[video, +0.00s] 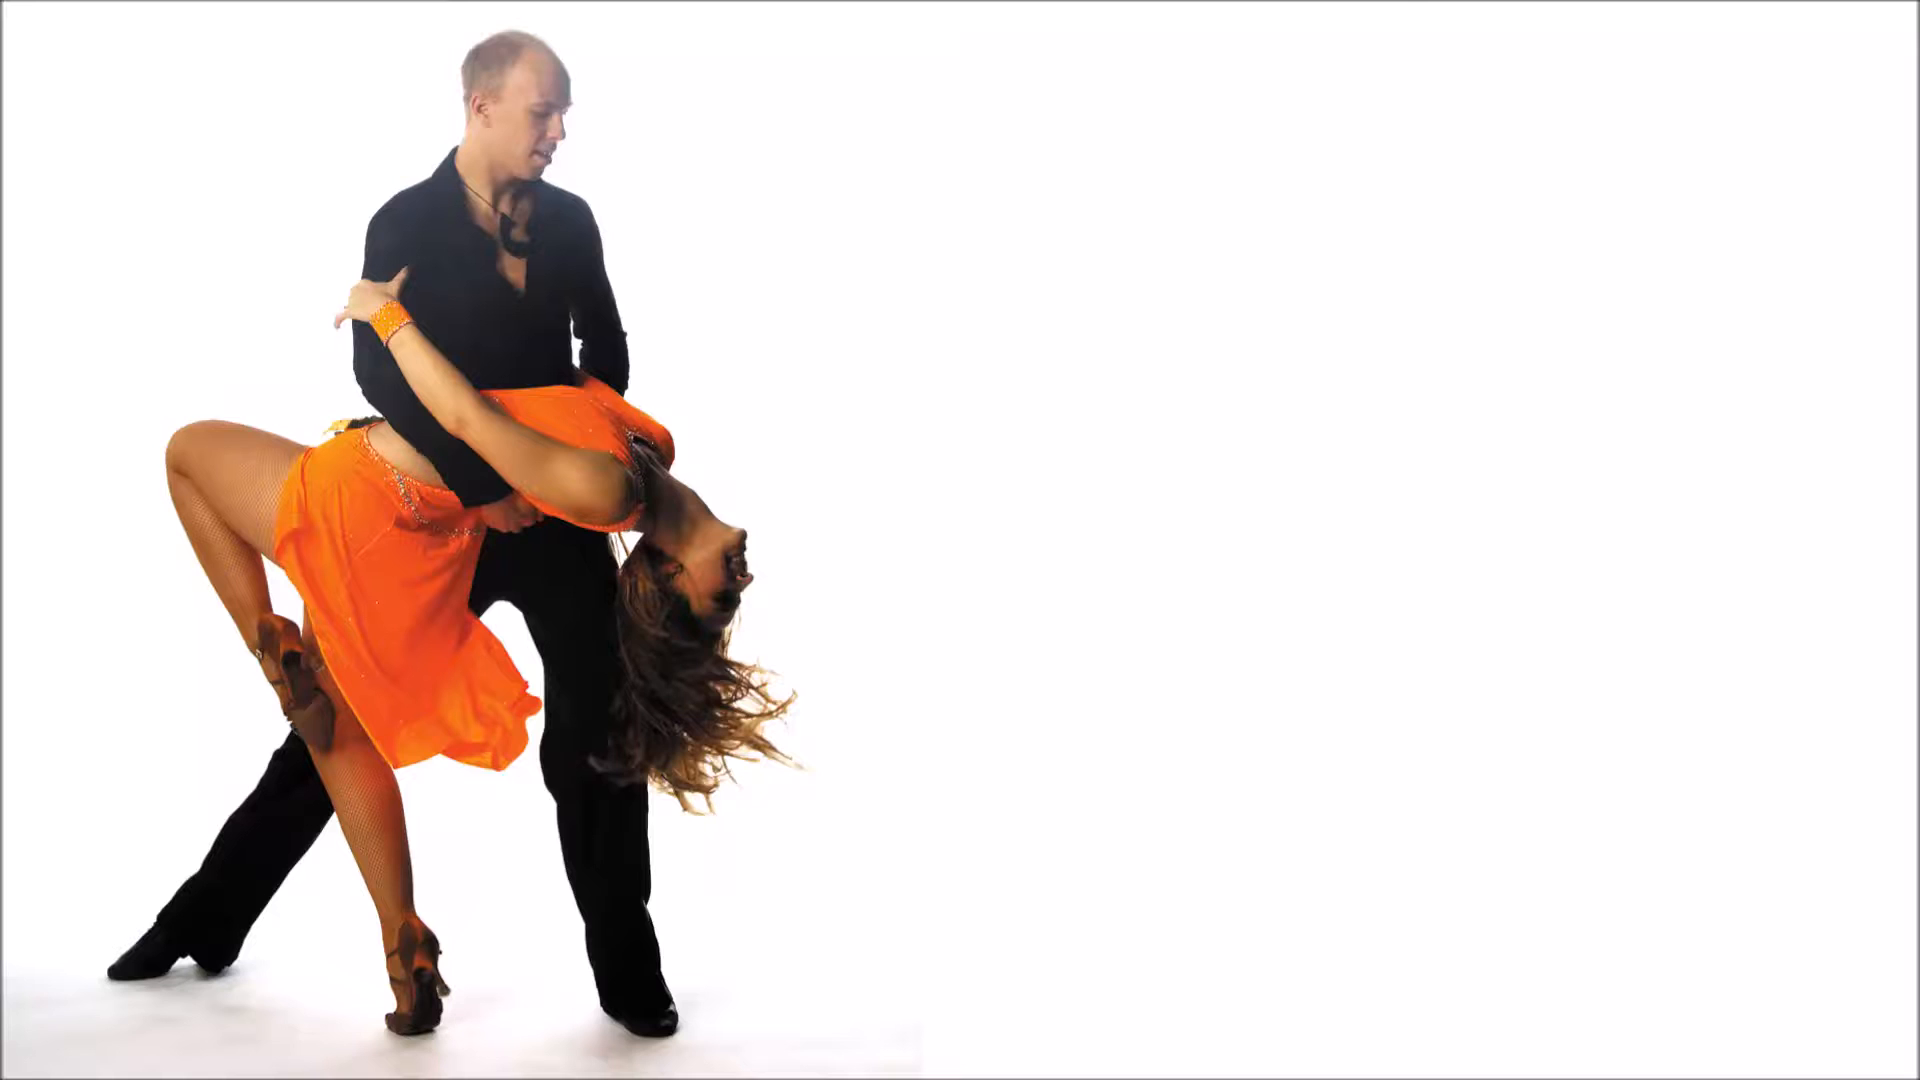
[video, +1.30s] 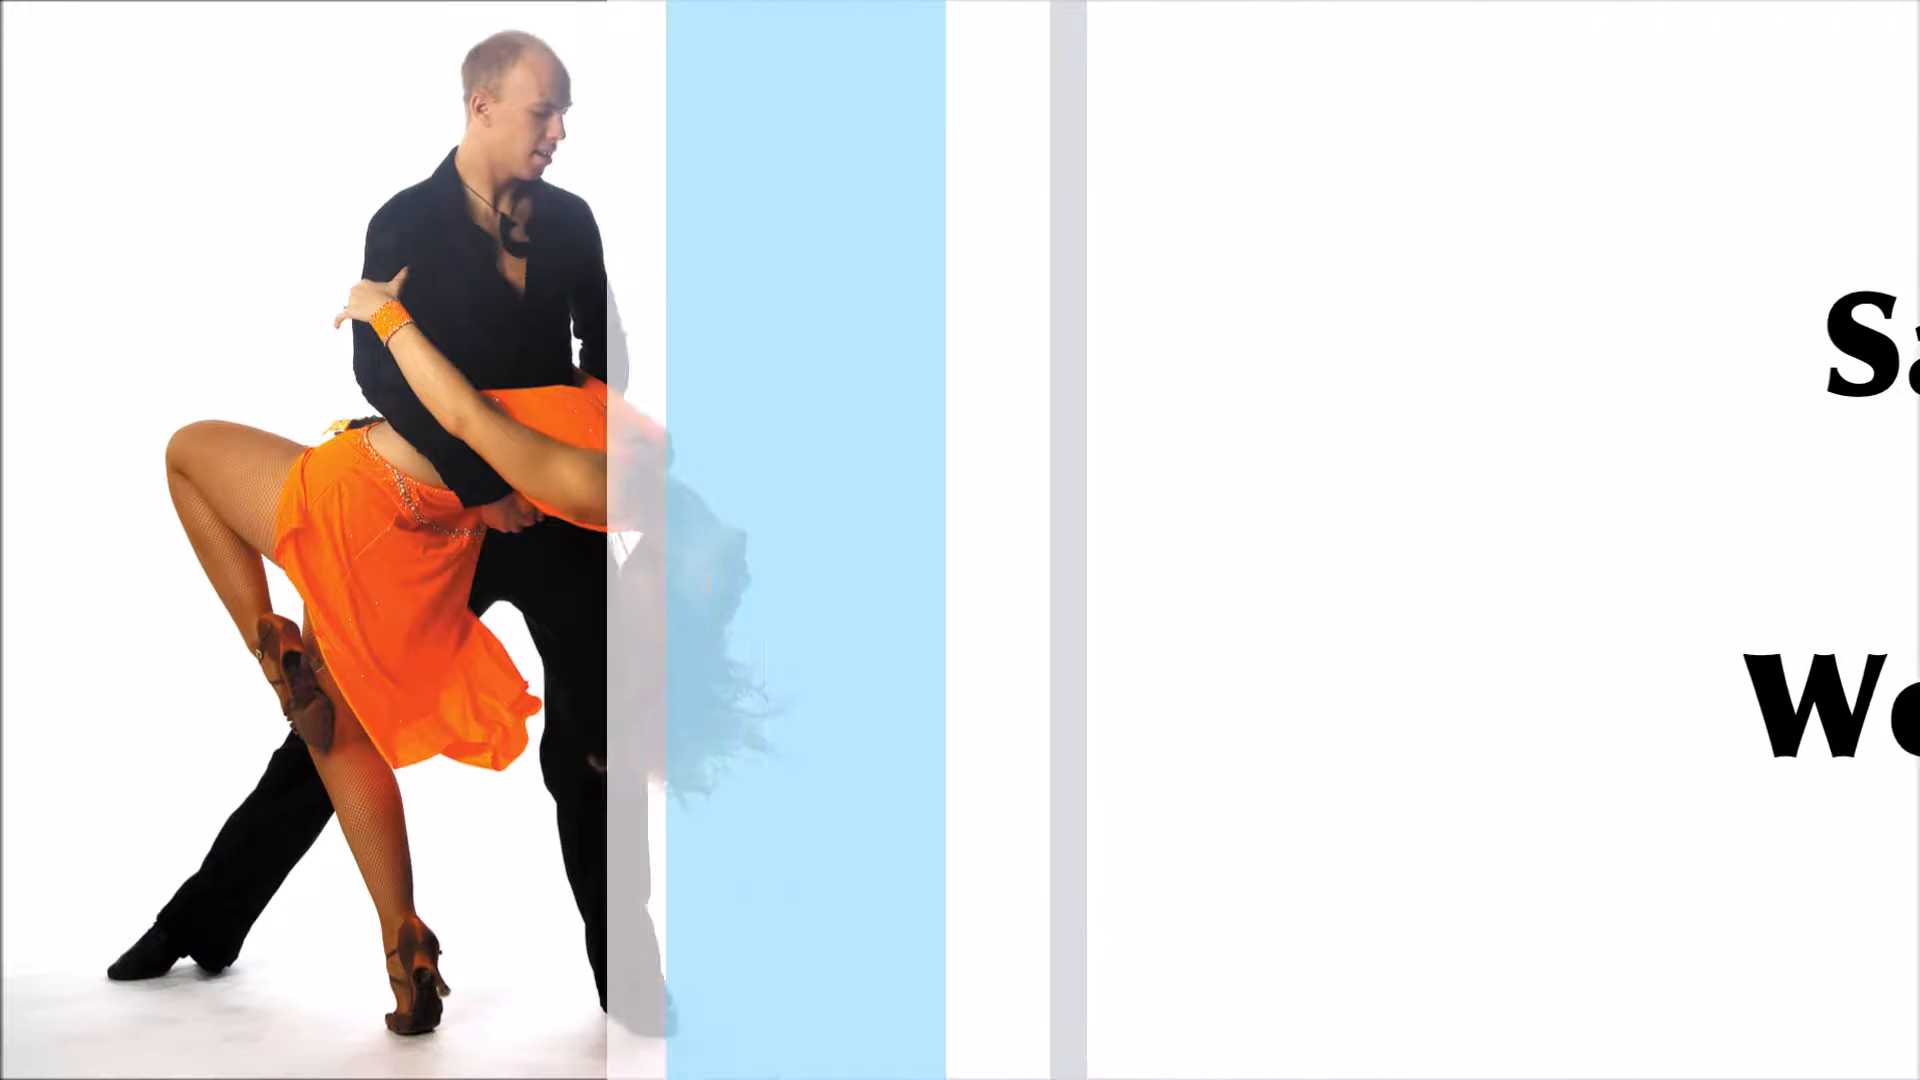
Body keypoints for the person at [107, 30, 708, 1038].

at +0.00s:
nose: (556, 135)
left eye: (563, 118)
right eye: (543, 114)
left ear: (553, 123)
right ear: (478, 107)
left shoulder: (567, 220)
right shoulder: (406, 224)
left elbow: (607, 358)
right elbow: (377, 371)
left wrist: (611, 479)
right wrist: (477, 485)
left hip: (553, 526)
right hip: (442, 523)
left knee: (598, 734)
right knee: (337, 723)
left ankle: (631, 975)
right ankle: (205, 925)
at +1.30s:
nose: (556, 134)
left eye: (561, 117)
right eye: (541, 115)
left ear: (550, 121)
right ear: (477, 111)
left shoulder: (570, 224)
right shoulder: (406, 226)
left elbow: (605, 374)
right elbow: (386, 379)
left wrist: (601, 487)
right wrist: (491, 490)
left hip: (553, 526)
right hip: (439, 520)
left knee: (589, 747)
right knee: (332, 730)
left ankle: (627, 975)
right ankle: (205, 922)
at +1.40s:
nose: (543, 132)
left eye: (547, 113)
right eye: (531, 110)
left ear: (522, 113)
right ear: (481, 108)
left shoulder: (552, 226)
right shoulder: (410, 226)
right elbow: (387, 378)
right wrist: (489, 482)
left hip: (515, 518)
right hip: (395, 510)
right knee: (342, 733)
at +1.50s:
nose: (535, 132)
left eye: (548, 112)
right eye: (517, 110)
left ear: (560, 119)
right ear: (476, 110)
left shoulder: (570, 224)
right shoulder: (407, 222)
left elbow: (604, 360)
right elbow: (383, 374)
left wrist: (603, 473)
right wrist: (469, 469)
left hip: (547, 518)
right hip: (436, 502)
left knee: (596, 727)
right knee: (349, 709)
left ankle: (625, 957)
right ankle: (208, 920)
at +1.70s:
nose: (550, 135)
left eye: (557, 115)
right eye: (535, 114)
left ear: (559, 121)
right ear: (482, 114)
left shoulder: (570, 225)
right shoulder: (411, 220)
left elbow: (604, 354)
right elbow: (380, 365)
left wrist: (606, 455)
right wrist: (471, 473)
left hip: (557, 522)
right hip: (449, 514)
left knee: (600, 727)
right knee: (345, 712)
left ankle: (627, 965)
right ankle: (202, 920)